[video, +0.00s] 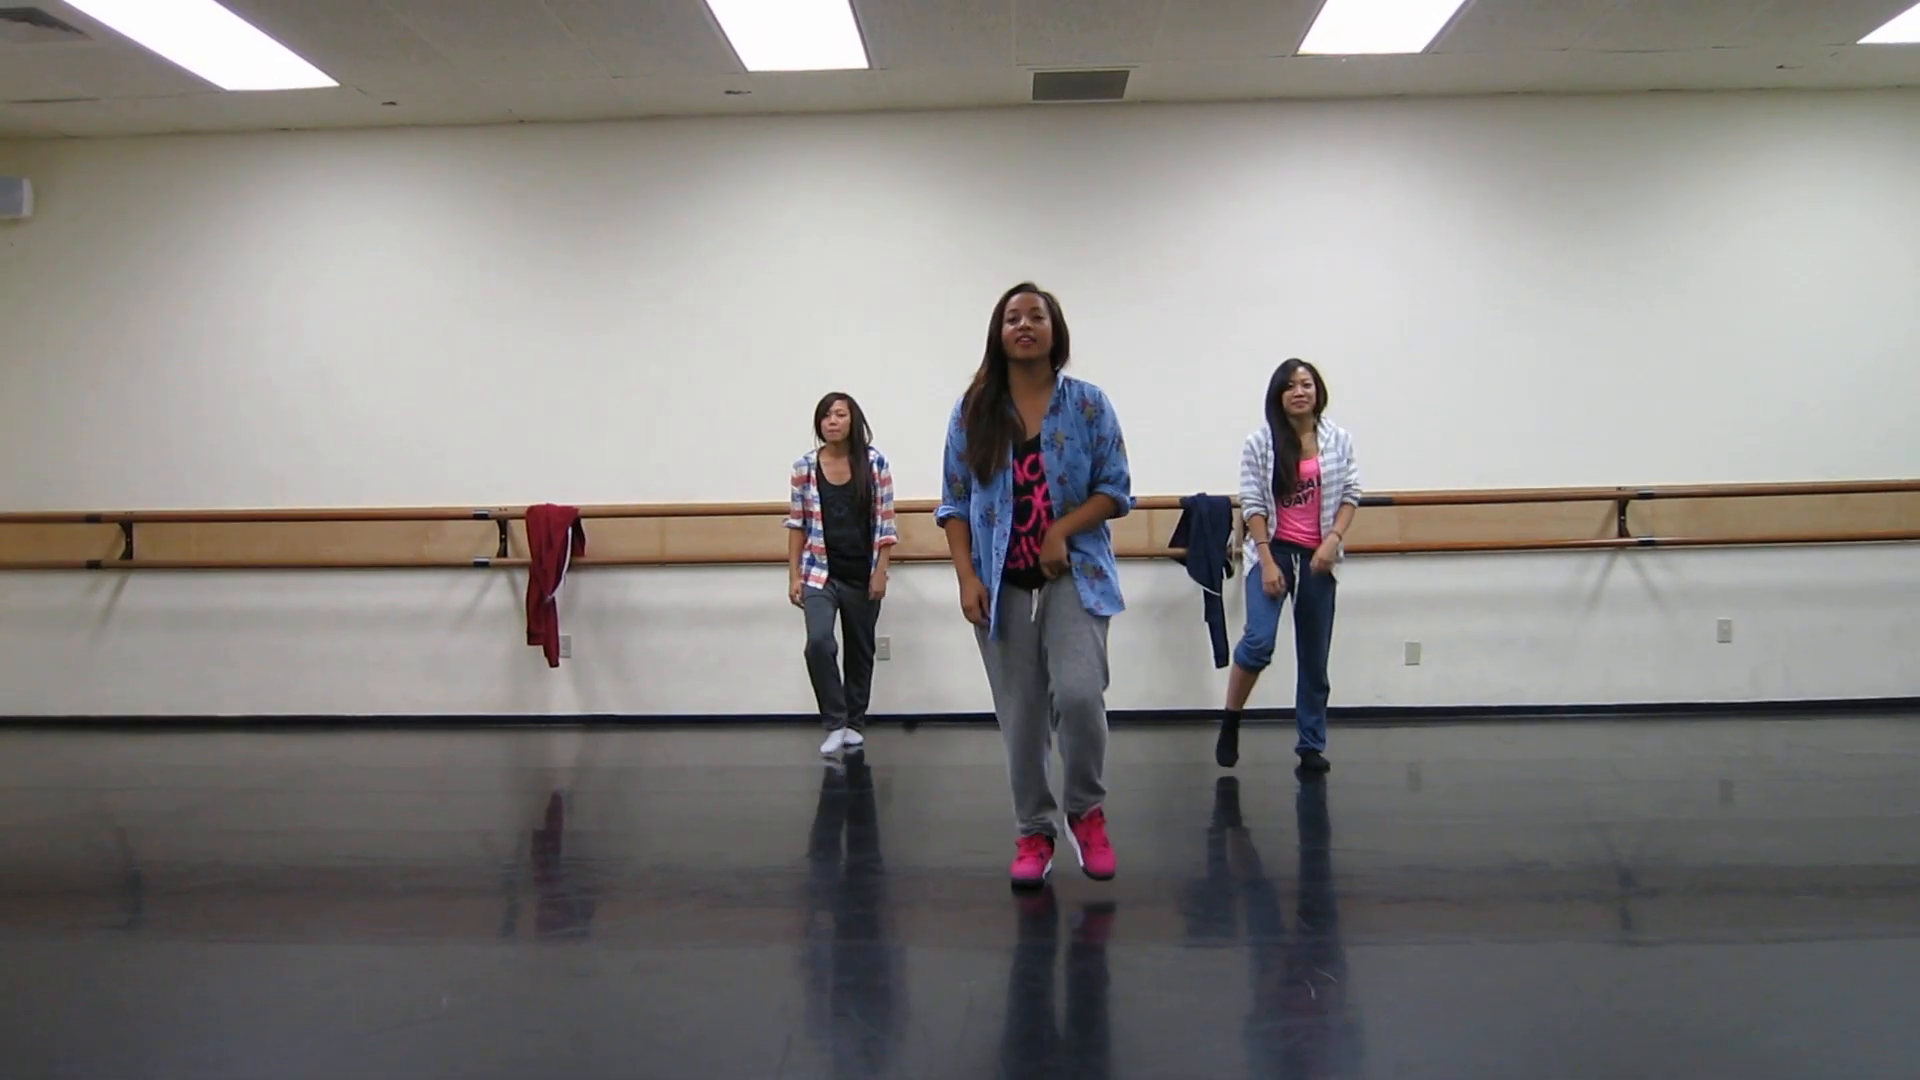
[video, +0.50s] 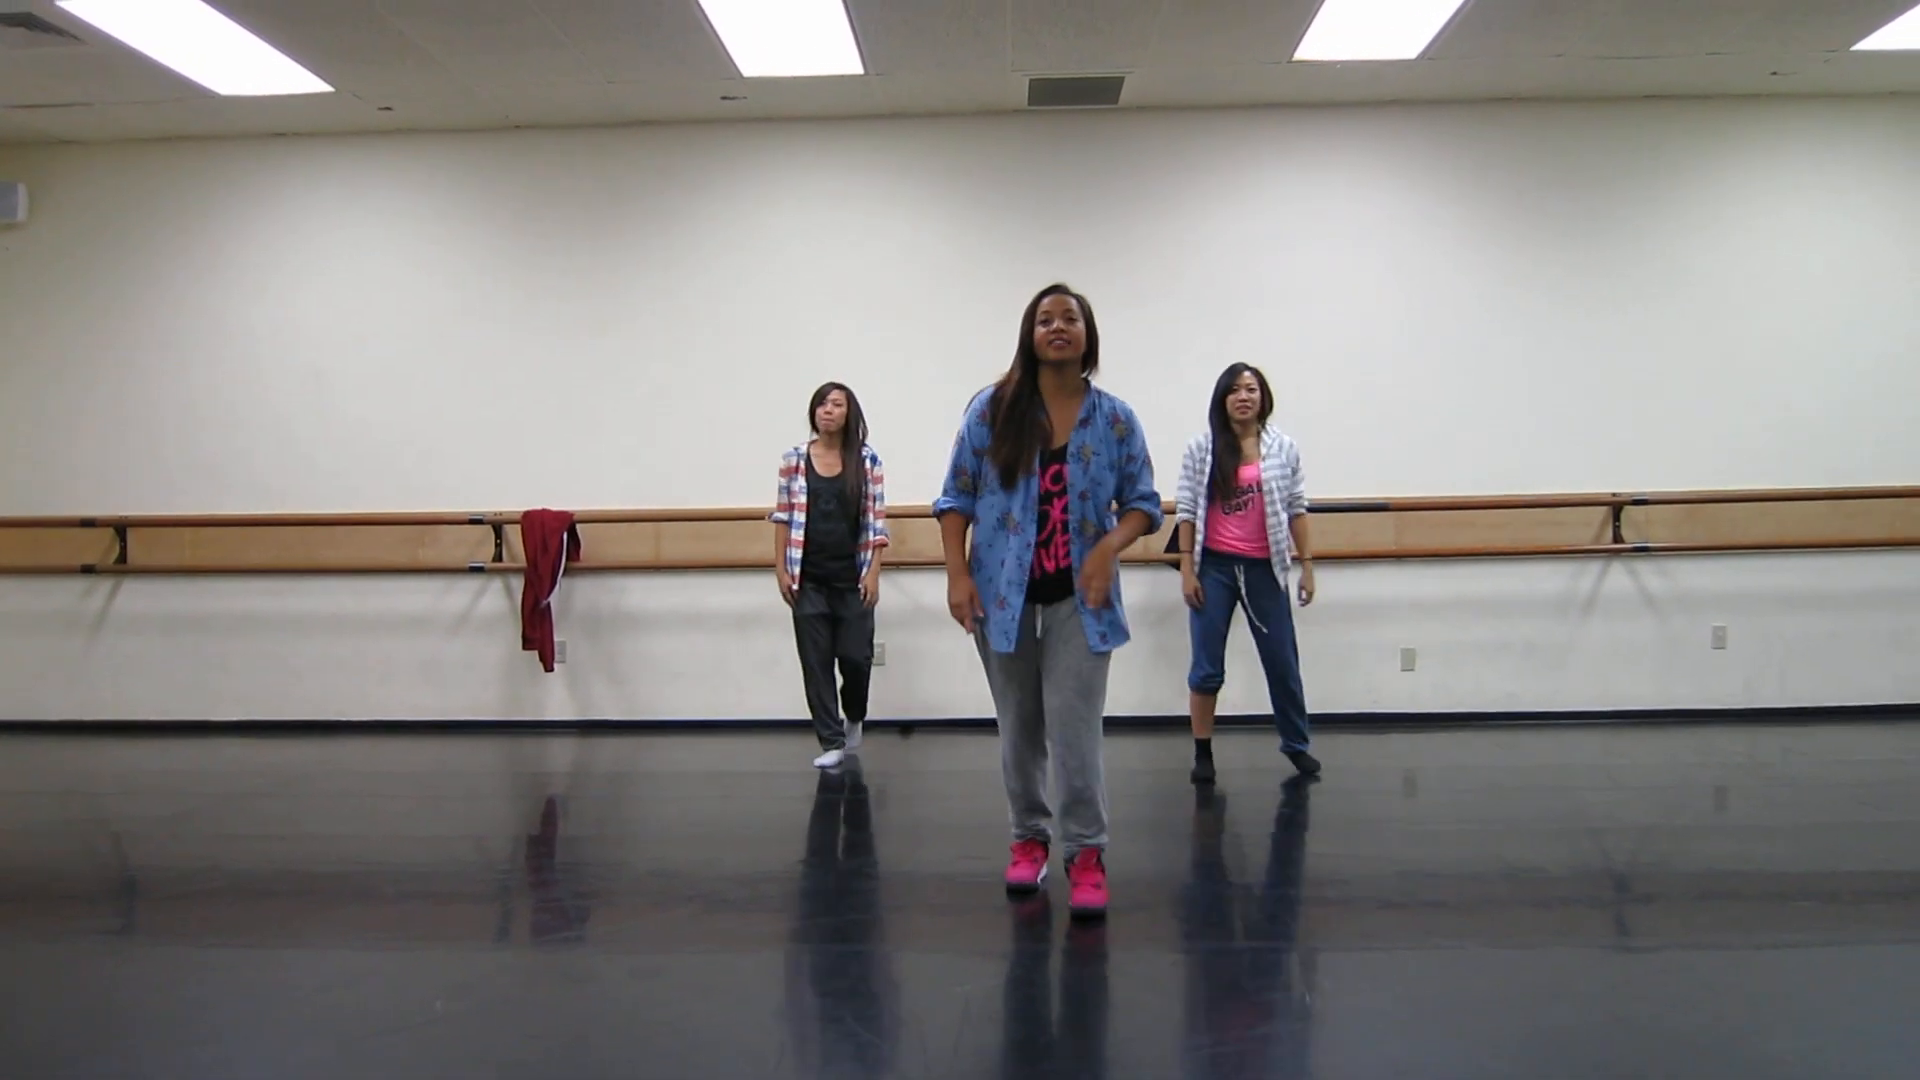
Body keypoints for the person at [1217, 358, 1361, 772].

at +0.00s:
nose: (1300, 391)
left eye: (1306, 384)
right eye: (1291, 386)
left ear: (1318, 391)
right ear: (1278, 395)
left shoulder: (1337, 438)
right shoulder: (1260, 442)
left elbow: (1351, 495)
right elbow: (1252, 505)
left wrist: (1333, 539)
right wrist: (1266, 560)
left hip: (1318, 555)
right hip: (1271, 551)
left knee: (1314, 659)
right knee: (1259, 644)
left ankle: (1311, 747)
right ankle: (1230, 722)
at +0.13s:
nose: (1291, 394)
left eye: (1297, 387)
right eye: (1282, 389)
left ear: (1309, 394)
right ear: (1269, 398)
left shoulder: (1328, 442)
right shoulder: (1251, 446)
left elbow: (1339, 504)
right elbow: (1242, 509)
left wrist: (1337, 560)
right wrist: (1252, 566)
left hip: (1313, 562)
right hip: (1265, 559)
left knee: (1312, 664)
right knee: (1244, 653)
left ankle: (1310, 751)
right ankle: (1216, 735)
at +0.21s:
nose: (1282, 398)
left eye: (1289, 391)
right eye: (1274, 392)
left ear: (1302, 398)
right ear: (1261, 402)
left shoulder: (1320, 447)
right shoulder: (1242, 450)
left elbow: (1333, 510)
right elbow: (1233, 514)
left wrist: (1340, 566)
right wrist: (1239, 570)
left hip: (1306, 565)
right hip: (1258, 562)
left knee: (1309, 665)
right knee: (1235, 659)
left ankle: (1309, 752)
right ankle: (1210, 746)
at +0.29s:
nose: (1270, 400)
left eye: (1278, 393)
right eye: (1261, 394)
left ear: (1291, 402)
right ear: (1249, 404)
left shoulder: (1310, 450)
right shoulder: (1230, 452)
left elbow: (1325, 512)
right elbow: (1219, 517)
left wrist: (1336, 567)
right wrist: (1222, 574)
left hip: (1295, 568)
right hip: (1243, 567)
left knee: (1302, 667)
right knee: (1226, 665)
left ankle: (1307, 754)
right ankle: (1208, 752)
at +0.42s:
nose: (1252, 398)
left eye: (1260, 392)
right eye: (1243, 393)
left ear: (1272, 401)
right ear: (1231, 402)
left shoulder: (1292, 450)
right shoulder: (1212, 451)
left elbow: (1307, 511)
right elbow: (1197, 515)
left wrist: (1321, 565)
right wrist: (1199, 574)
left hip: (1275, 567)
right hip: (1225, 565)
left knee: (1290, 663)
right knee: (1212, 665)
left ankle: (1304, 752)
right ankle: (1205, 754)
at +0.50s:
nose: (1243, 396)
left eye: (1251, 390)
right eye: (1234, 390)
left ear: (1263, 399)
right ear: (1221, 400)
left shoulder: (1282, 448)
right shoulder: (1201, 449)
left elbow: (1296, 509)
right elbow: (1187, 512)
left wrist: (1305, 564)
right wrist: (1187, 569)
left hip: (1265, 567)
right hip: (1214, 566)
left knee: (1283, 661)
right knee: (1206, 665)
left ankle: (1297, 746)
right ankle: (1203, 754)